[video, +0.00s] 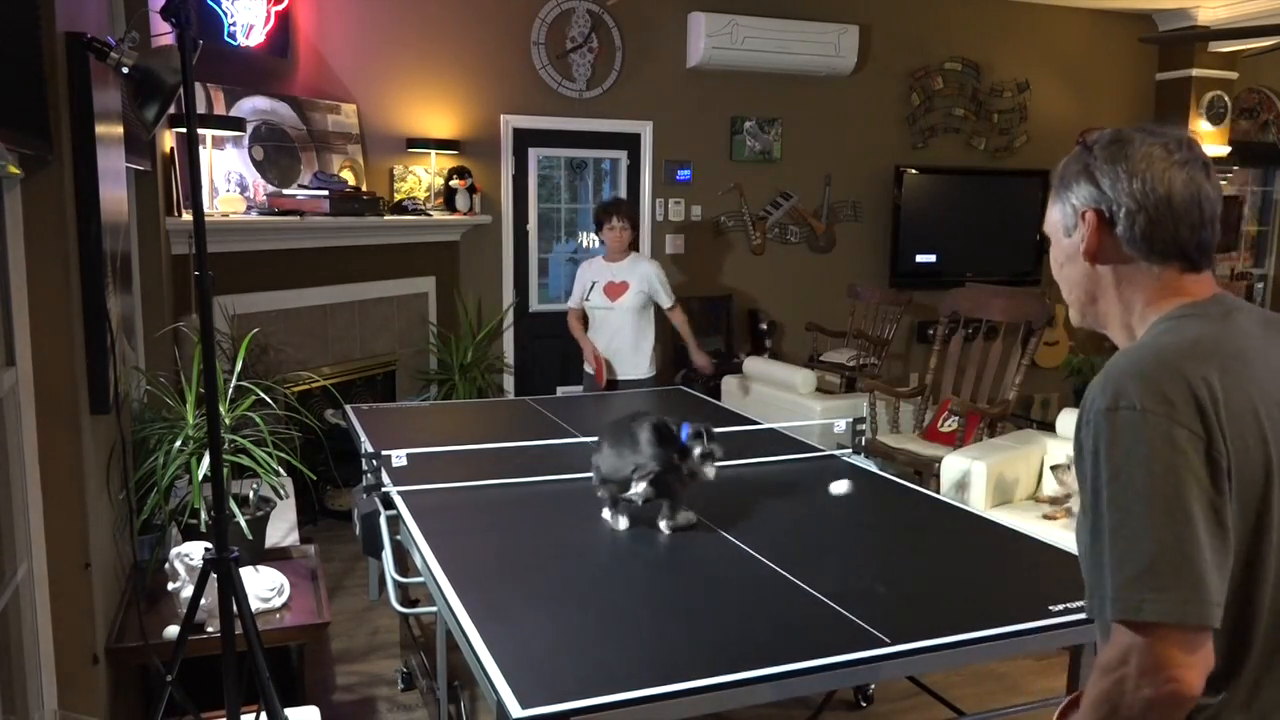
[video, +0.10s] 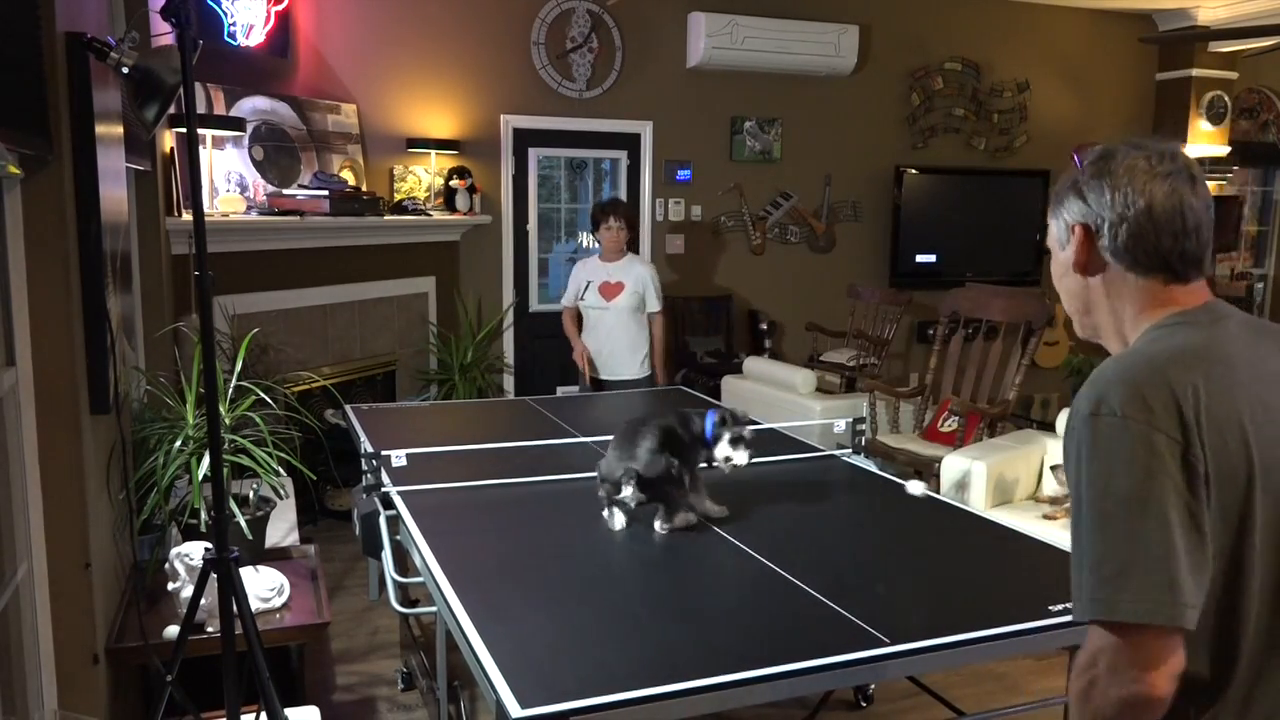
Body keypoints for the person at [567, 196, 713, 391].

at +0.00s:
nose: (617, 234)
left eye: (623, 228)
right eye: (610, 229)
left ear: (633, 233)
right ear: (600, 233)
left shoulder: (648, 269)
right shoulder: (587, 270)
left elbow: (673, 310)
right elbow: (573, 316)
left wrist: (694, 350)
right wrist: (586, 345)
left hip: (637, 376)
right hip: (596, 374)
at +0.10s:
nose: (614, 234)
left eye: (620, 228)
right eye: (607, 229)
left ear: (629, 233)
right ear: (596, 234)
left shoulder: (644, 270)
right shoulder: (582, 269)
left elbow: (656, 319)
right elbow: (569, 312)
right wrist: (576, 344)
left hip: (634, 375)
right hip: (592, 375)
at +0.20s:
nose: (613, 235)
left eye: (618, 229)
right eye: (605, 228)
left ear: (626, 233)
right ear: (593, 233)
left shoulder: (639, 270)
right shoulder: (578, 268)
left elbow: (647, 318)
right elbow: (562, 310)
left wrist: (647, 365)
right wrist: (569, 342)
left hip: (628, 372)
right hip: (588, 373)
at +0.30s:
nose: (611, 236)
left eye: (616, 229)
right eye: (603, 229)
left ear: (622, 233)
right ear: (589, 233)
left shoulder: (634, 271)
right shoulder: (573, 268)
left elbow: (647, 319)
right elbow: (557, 310)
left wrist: (648, 367)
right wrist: (563, 340)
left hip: (622, 374)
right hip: (581, 374)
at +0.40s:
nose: (609, 236)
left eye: (614, 229)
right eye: (601, 229)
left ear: (619, 233)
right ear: (586, 233)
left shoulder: (629, 270)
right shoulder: (569, 267)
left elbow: (644, 322)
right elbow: (554, 310)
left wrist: (647, 370)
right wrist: (561, 340)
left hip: (617, 375)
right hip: (577, 374)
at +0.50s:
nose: (606, 236)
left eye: (611, 229)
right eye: (599, 229)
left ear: (617, 232)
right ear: (584, 232)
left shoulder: (626, 269)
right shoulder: (566, 267)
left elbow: (639, 321)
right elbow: (552, 312)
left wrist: (642, 368)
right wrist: (561, 343)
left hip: (614, 374)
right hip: (575, 373)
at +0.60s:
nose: (606, 235)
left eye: (610, 229)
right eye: (598, 229)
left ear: (615, 232)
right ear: (582, 232)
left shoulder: (625, 268)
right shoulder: (564, 267)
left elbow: (636, 320)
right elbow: (551, 313)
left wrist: (635, 370)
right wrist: (561, 343)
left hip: (613, 372)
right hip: (574, 372)